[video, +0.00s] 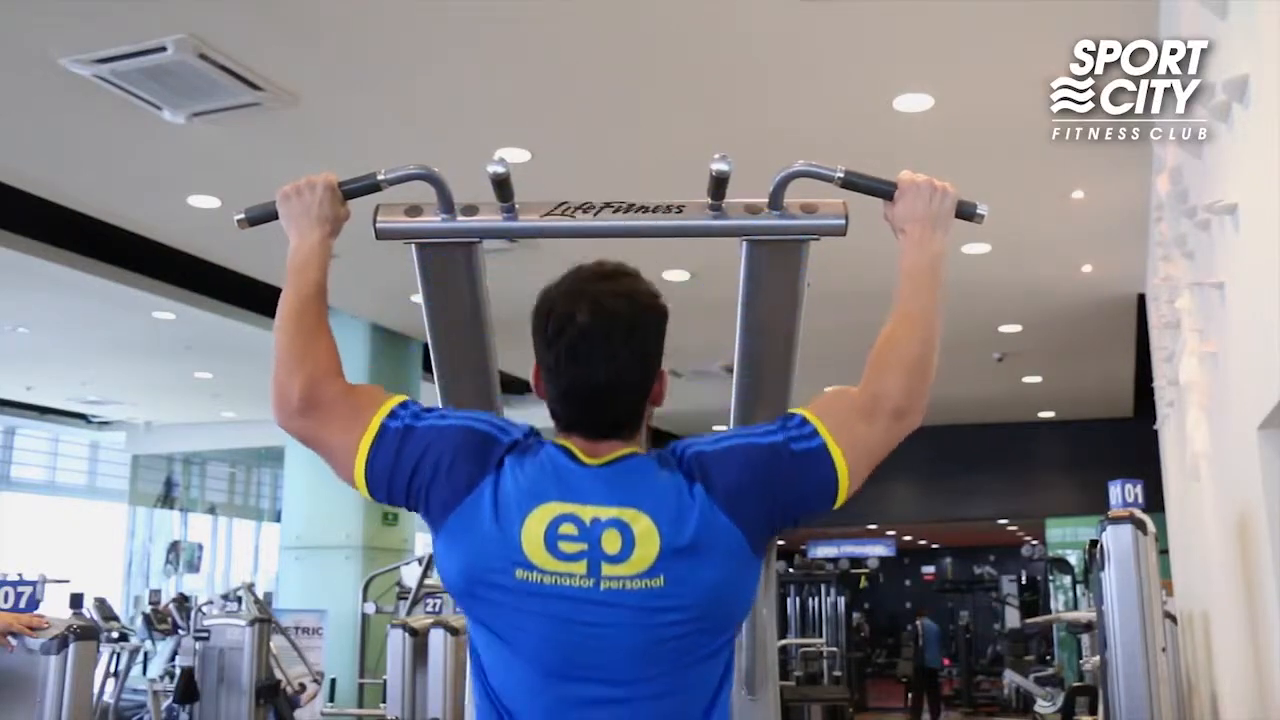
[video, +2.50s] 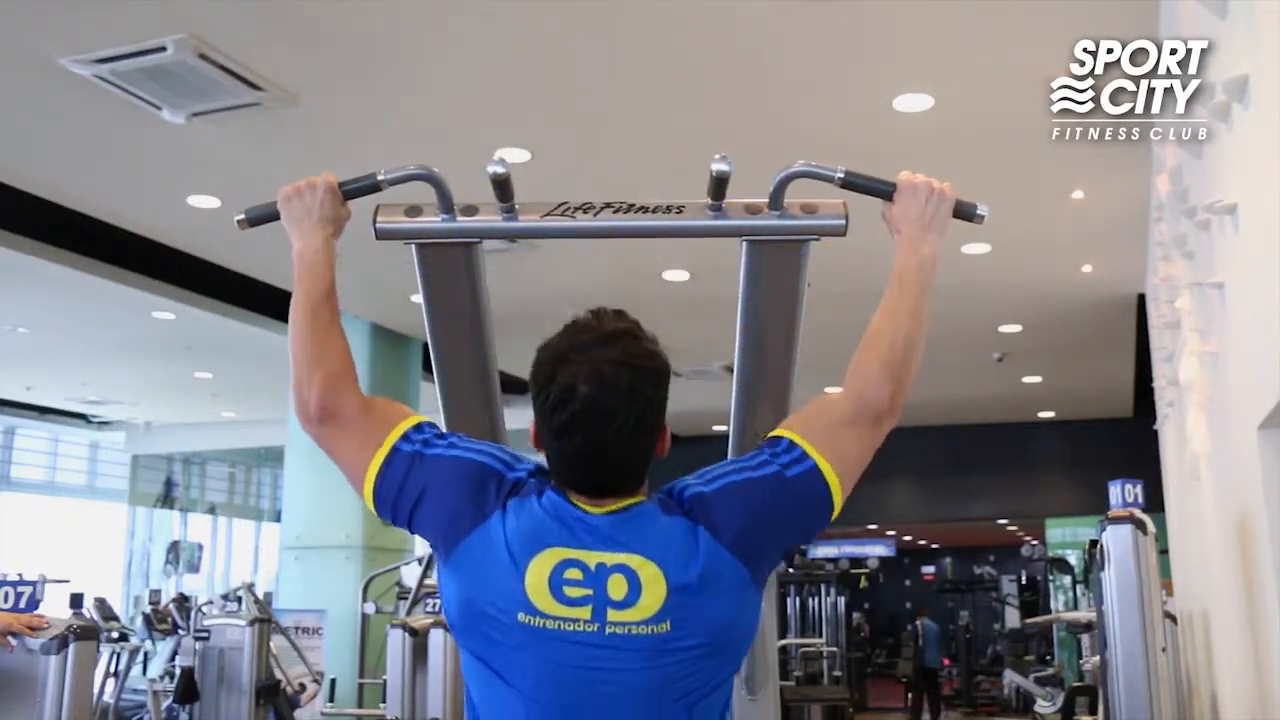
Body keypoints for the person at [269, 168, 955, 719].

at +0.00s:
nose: (661, 375)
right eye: (662, 362)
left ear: (537, 381)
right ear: (659, 385)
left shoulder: (471, 476)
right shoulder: (727, 490)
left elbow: (305, 399)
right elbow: (890, 405)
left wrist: (308, 240)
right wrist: (923, 243)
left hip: (519, 710)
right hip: (685, 712)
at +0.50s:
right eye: (662, 333)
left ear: (541, 353)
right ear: (661, 357)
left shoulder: (475, 453)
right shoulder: (727, 459)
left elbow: (306, 403)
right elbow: (904, 406)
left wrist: (308, 244)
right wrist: (921, 243)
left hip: (522, 709)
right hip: (684, 709)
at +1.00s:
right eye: (662, 113)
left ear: (547, 125)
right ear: (659, 127)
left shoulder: (484, 248)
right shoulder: (729, 250)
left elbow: (327, 381)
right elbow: (891, 378)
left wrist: (308, 241)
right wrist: (925, 241)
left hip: (529, 606)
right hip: (673, 610)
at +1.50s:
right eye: (663, 147)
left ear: (547, 166)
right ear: (665, 168)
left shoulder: (481, 286)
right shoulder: (732, 294)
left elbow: (307, 391)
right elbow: (910, 392)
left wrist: (307, 239)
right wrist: (924, 238)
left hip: (528, 666)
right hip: (679, 667)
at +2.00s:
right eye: (658, 311)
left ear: (535, 332)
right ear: (658, 339)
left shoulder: (467, 428)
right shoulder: (725, 449)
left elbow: (293, 399)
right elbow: (903, 405)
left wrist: (308, 243)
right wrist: (924, 242)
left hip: (516, 711)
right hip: (678, 713)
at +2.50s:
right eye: (663, 408)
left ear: (538, 434)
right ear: (662, 441)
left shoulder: (477, 518)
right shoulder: (722, 538)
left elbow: (327, 404)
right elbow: (868, 405)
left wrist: (311, 243)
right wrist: (917, 245)